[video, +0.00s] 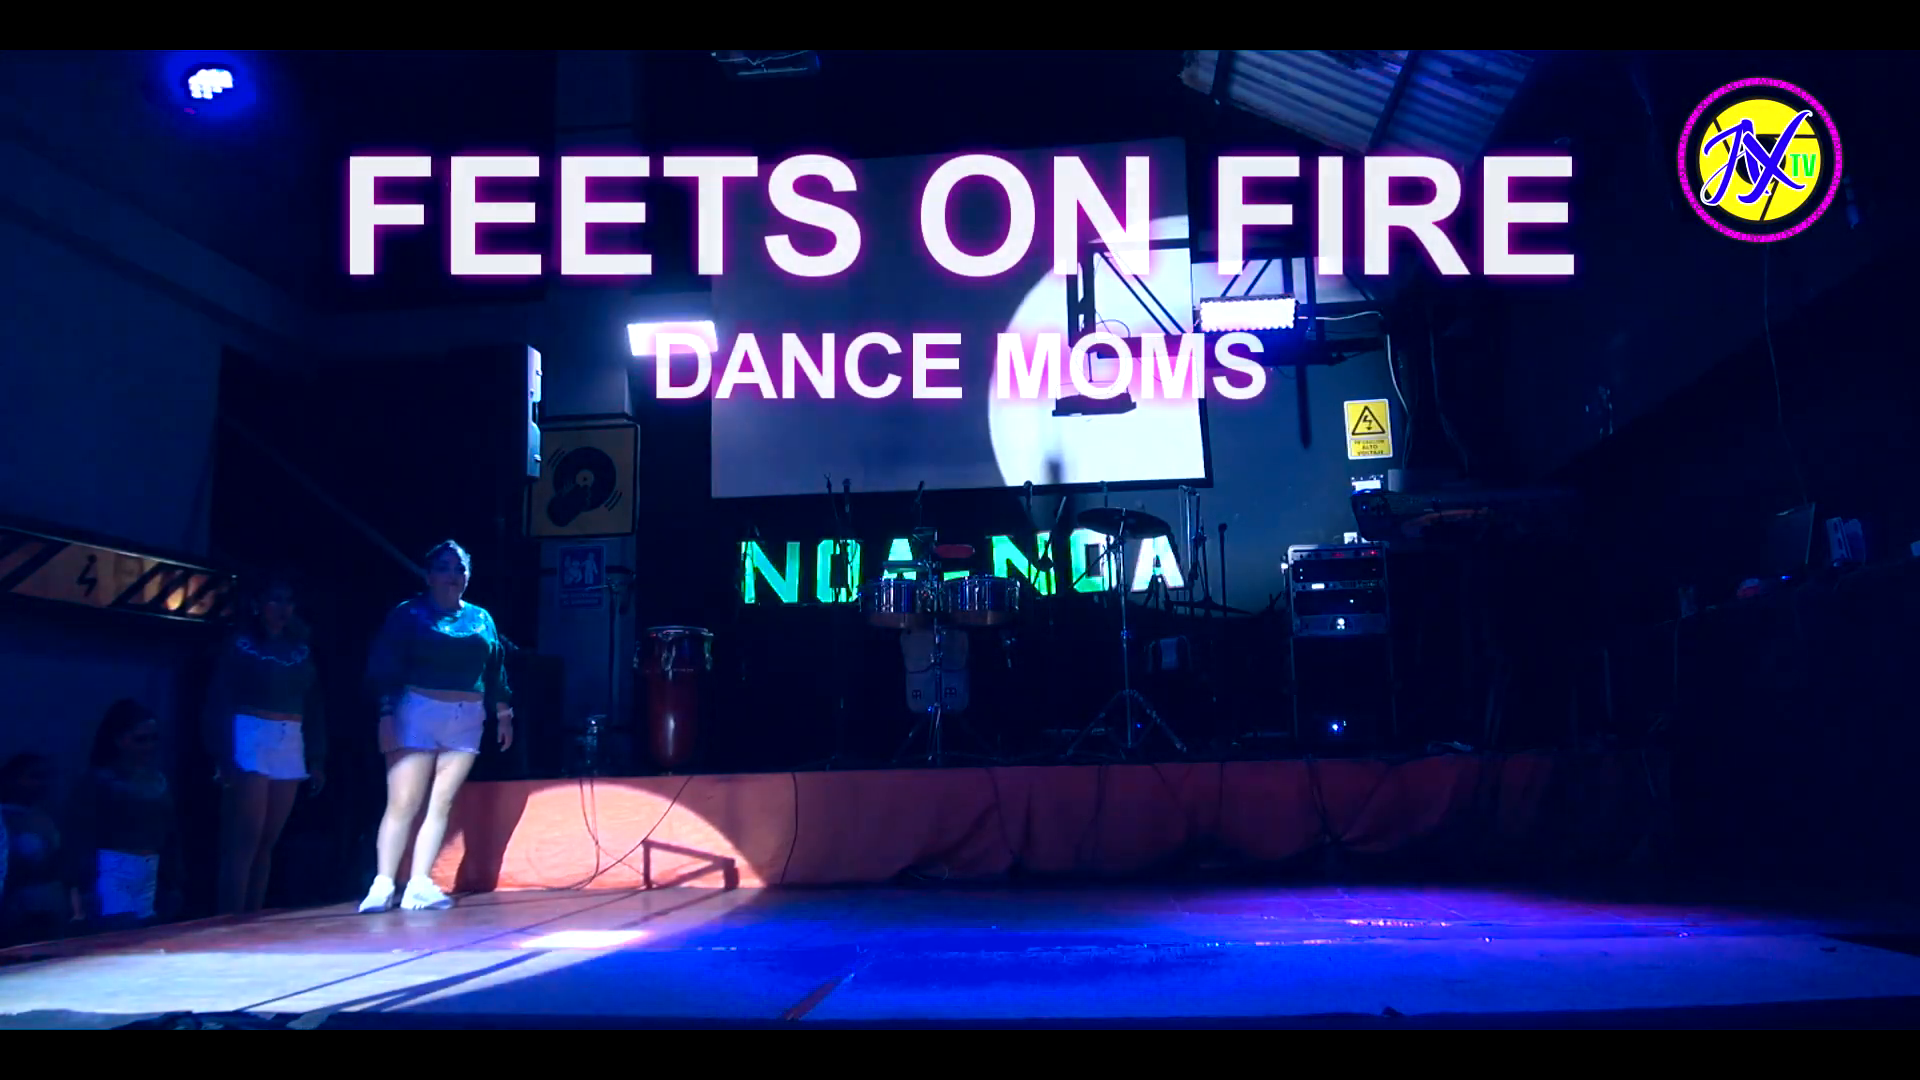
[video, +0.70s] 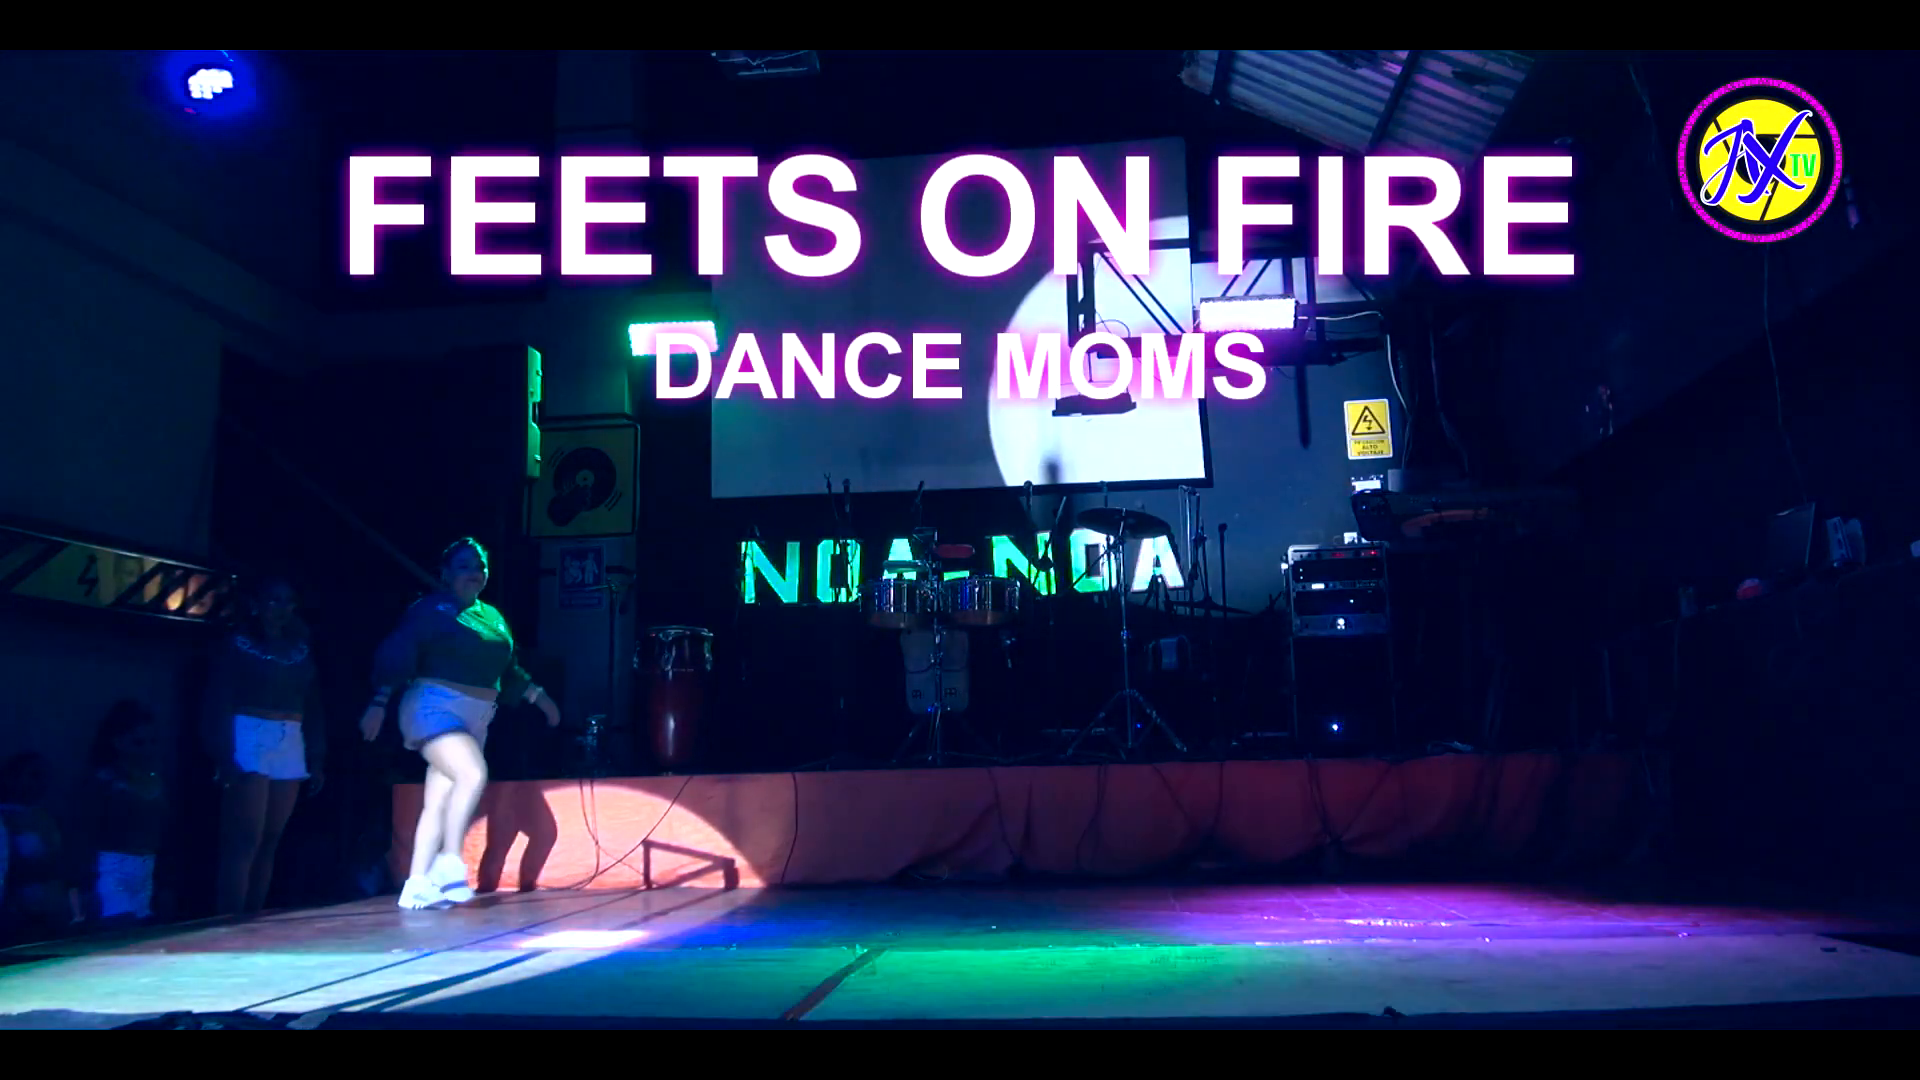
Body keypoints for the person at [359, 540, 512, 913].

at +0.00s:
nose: (453, 576)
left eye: (460, 570)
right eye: (445, 569)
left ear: (468, 576)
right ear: (429, 575)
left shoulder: (481, 618)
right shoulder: (408, 615)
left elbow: (496, 671)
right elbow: (386, 667)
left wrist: (503, 714)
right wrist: (386, 715)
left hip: (467, 713)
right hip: (417, 709)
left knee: (441, 805)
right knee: (402, 805)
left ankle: (419, 884)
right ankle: (384, 882)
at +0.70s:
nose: (473, 574)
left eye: (479, 568)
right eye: (465, 568)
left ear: (486, 574)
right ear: (447, 572)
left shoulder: (491, 616)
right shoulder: (431, 611)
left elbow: (506, 669)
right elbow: (396, 655)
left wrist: (537, 696)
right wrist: (379, 703)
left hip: (475, 717)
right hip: (432, 708)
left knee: (437, 802)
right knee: (473, 774)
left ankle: (417, 884)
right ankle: (451, 861)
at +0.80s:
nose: (478, 571)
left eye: (484, 565)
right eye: (470, 564)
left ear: (492, 571)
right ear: (452, 569)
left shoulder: (502, 614)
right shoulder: (433, 609)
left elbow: (524, 659)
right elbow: (394, 652)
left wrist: (554, 677)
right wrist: (370, 698)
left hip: (479, 717)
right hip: (436, 707)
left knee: (434, 801)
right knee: (469, 782)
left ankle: (412, 881)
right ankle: (488, 875)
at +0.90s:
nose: (483, 576)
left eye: (489, 570)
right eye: (474, 569)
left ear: (495, 574)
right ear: (456, 572)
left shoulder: (509, 616)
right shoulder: (437, 612)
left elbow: (542, 654)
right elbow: (395, 652)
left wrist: (576, 671)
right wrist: (368, 701)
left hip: (485, 721)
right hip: (443, 712)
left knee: (438, 804)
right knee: (469, 793)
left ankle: (412, 882)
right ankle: (486, 881)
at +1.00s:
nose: (489, 575)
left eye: (495, 569)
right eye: (481, 567)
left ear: (502, 574)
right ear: (462, 570)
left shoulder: (517, 614)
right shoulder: (440, 613)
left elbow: (553, 650)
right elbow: (402, 657)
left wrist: (588, 674)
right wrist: (376, 706)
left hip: (497, 719)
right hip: (449, 711)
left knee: (458, 803)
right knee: (476, 792)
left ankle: (418, 878)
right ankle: (490, 881)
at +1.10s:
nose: (498, 574)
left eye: (504, 567)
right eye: (491, 566)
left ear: (509, 573)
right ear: (469, 567)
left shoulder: (524, 612)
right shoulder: (442, 614)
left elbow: (560, 650)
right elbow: (410, 658)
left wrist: (591, 685)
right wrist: (393, 708)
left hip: (510, 713)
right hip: (457, 711)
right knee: (482, 794)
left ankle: (454, 855)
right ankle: (492, 883)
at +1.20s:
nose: (511, 572)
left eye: (515, 566)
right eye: (503, 564)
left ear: (519, 573)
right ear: (480, 566)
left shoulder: (531, 615)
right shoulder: (449, 615)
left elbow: (562, 660)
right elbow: (421, 664)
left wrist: (586, 696)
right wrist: (416, 709)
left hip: (520, 713)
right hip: (464, 714)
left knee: (546, 788)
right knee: (487, 795)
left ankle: (510, 841)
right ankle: (493, 882)